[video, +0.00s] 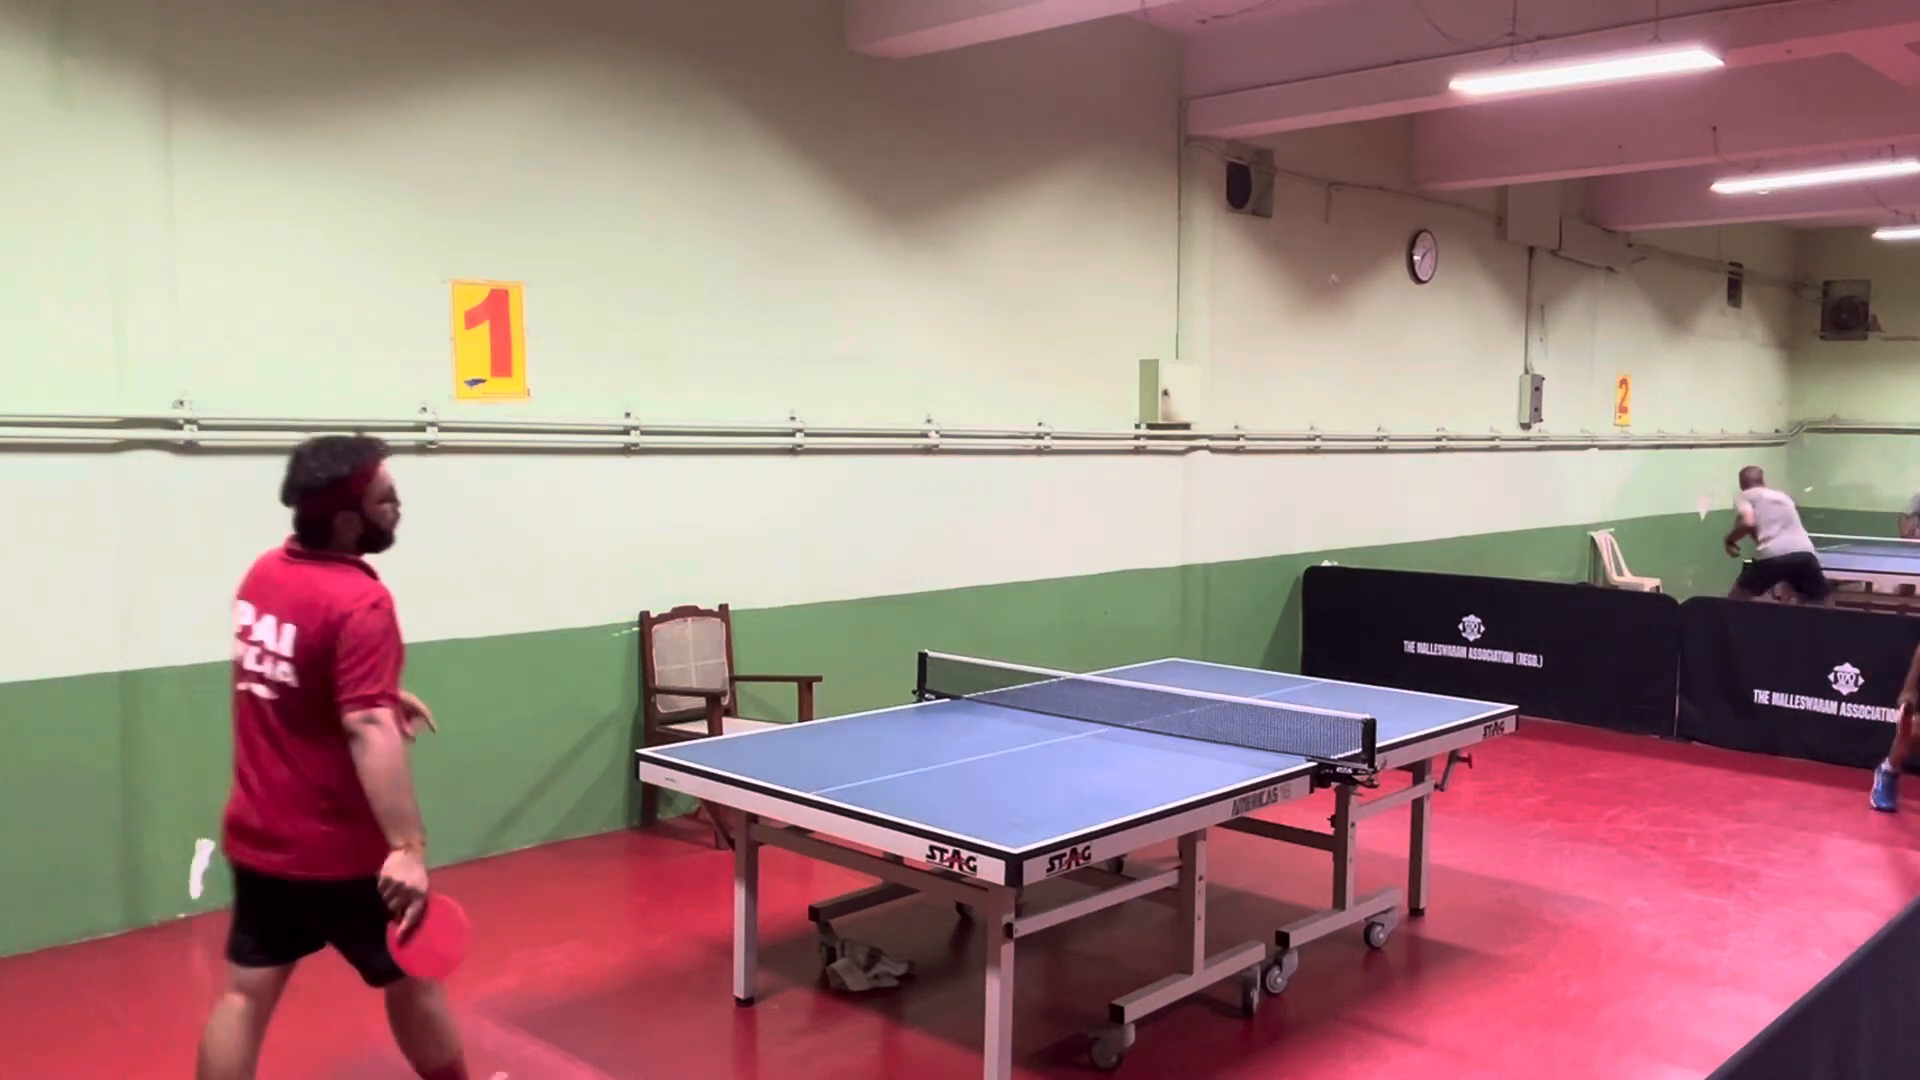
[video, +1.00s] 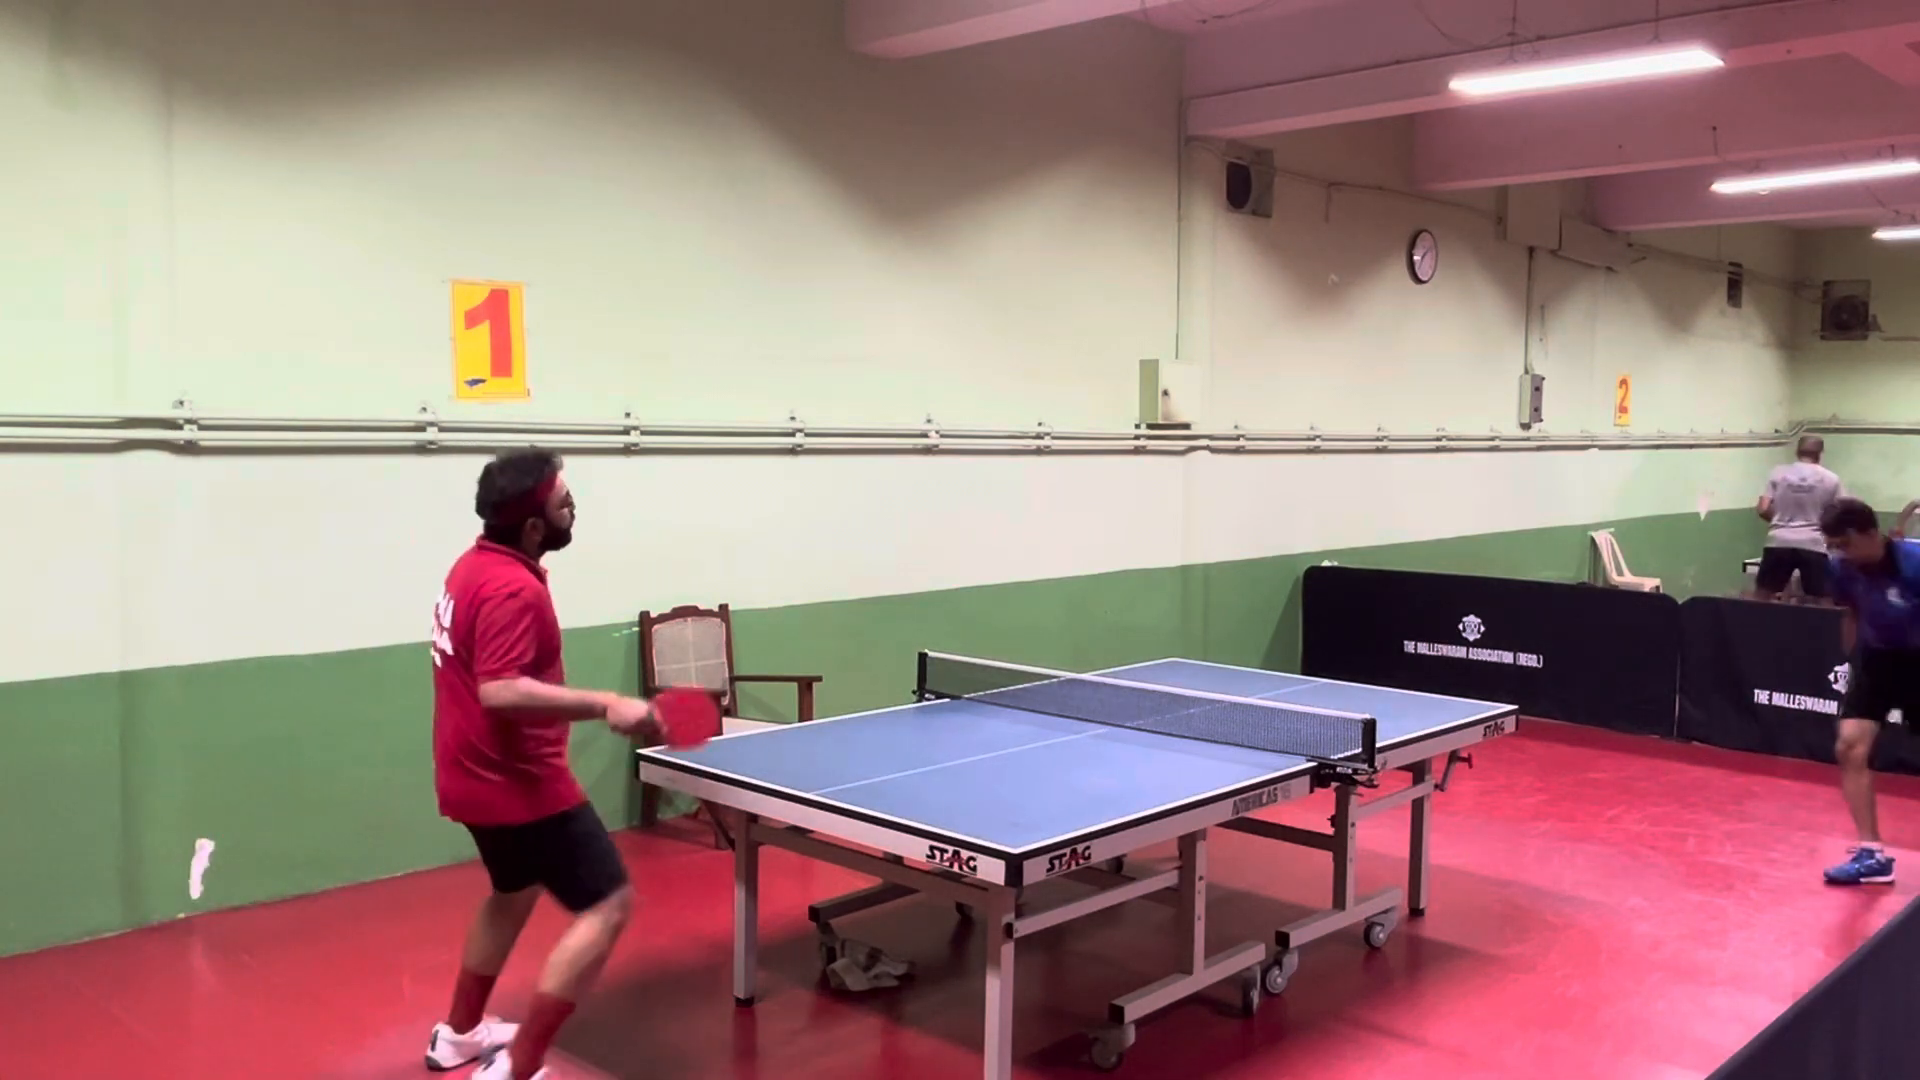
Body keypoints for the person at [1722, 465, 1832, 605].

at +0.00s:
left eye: (1741, 484)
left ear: (1742, 484)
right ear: (1762, 480)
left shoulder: (1745, 496)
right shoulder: (1783, 496)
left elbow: (1748, 524)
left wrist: (1730, 540)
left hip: (1771, 558)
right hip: (1804, 555)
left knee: (1735, 602)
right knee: (1825, 603)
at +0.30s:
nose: (1745, 463)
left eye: (1745, 460)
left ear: (1746, 462)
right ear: (1767, 462)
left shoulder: (1740, 481)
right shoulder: (1786, 482)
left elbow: (1731, 514)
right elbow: (1793, 514)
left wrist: (1725, 527)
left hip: (1756, 547)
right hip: (1789, 546)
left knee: (1732, 600)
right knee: (1806, 600)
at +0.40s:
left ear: (1754, 461)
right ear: (1776, 460)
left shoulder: (1742, 482)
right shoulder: (1793, 483)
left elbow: (1729, 515)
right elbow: (1802, 527)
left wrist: (1733, 528)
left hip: (1755, 548)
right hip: (1789, 547)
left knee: (1732, 601)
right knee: (1808, 603)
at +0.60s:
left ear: (1774, 460)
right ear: (1797, 460)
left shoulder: (1759, 481)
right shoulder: (1811, 484)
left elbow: (1744, 514)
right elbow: (1823, 526)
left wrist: (1755, 525)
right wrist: (1819, 552)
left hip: (1764, 548)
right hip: (1801, 549)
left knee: (1742, 600)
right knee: (1815, 605)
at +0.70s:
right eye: (1808, 458)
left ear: (1787, 457)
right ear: (1809, 459)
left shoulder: (1770, 480)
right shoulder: (1822, 484)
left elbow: (1754, 512)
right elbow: (1832, 528)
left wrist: (1769, 525)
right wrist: (1828, 554)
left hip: (1772, 547)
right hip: (1807, 549)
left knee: (1747, 600)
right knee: (1821, 604)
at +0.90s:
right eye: (1819, 455)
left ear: (1799, 453)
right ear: (1821, 455)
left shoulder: (1779, 473)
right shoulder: (1833, 480)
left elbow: (1764, 509)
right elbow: (1842, 523)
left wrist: (1780, 521)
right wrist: (1834, 546)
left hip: (1779, 546)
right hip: (1815, 547)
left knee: (1757, 598)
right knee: (1824, 605)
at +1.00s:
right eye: (1819, 454)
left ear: (1798, 452)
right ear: (1820, 454)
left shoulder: (1779, 473)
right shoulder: (1832, 480)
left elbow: (1763, 508)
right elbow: (1838, 514)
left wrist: (1778, 521)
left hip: (1778, 545)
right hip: (1813, 547)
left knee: (1762, 598)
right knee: (1822, 604)